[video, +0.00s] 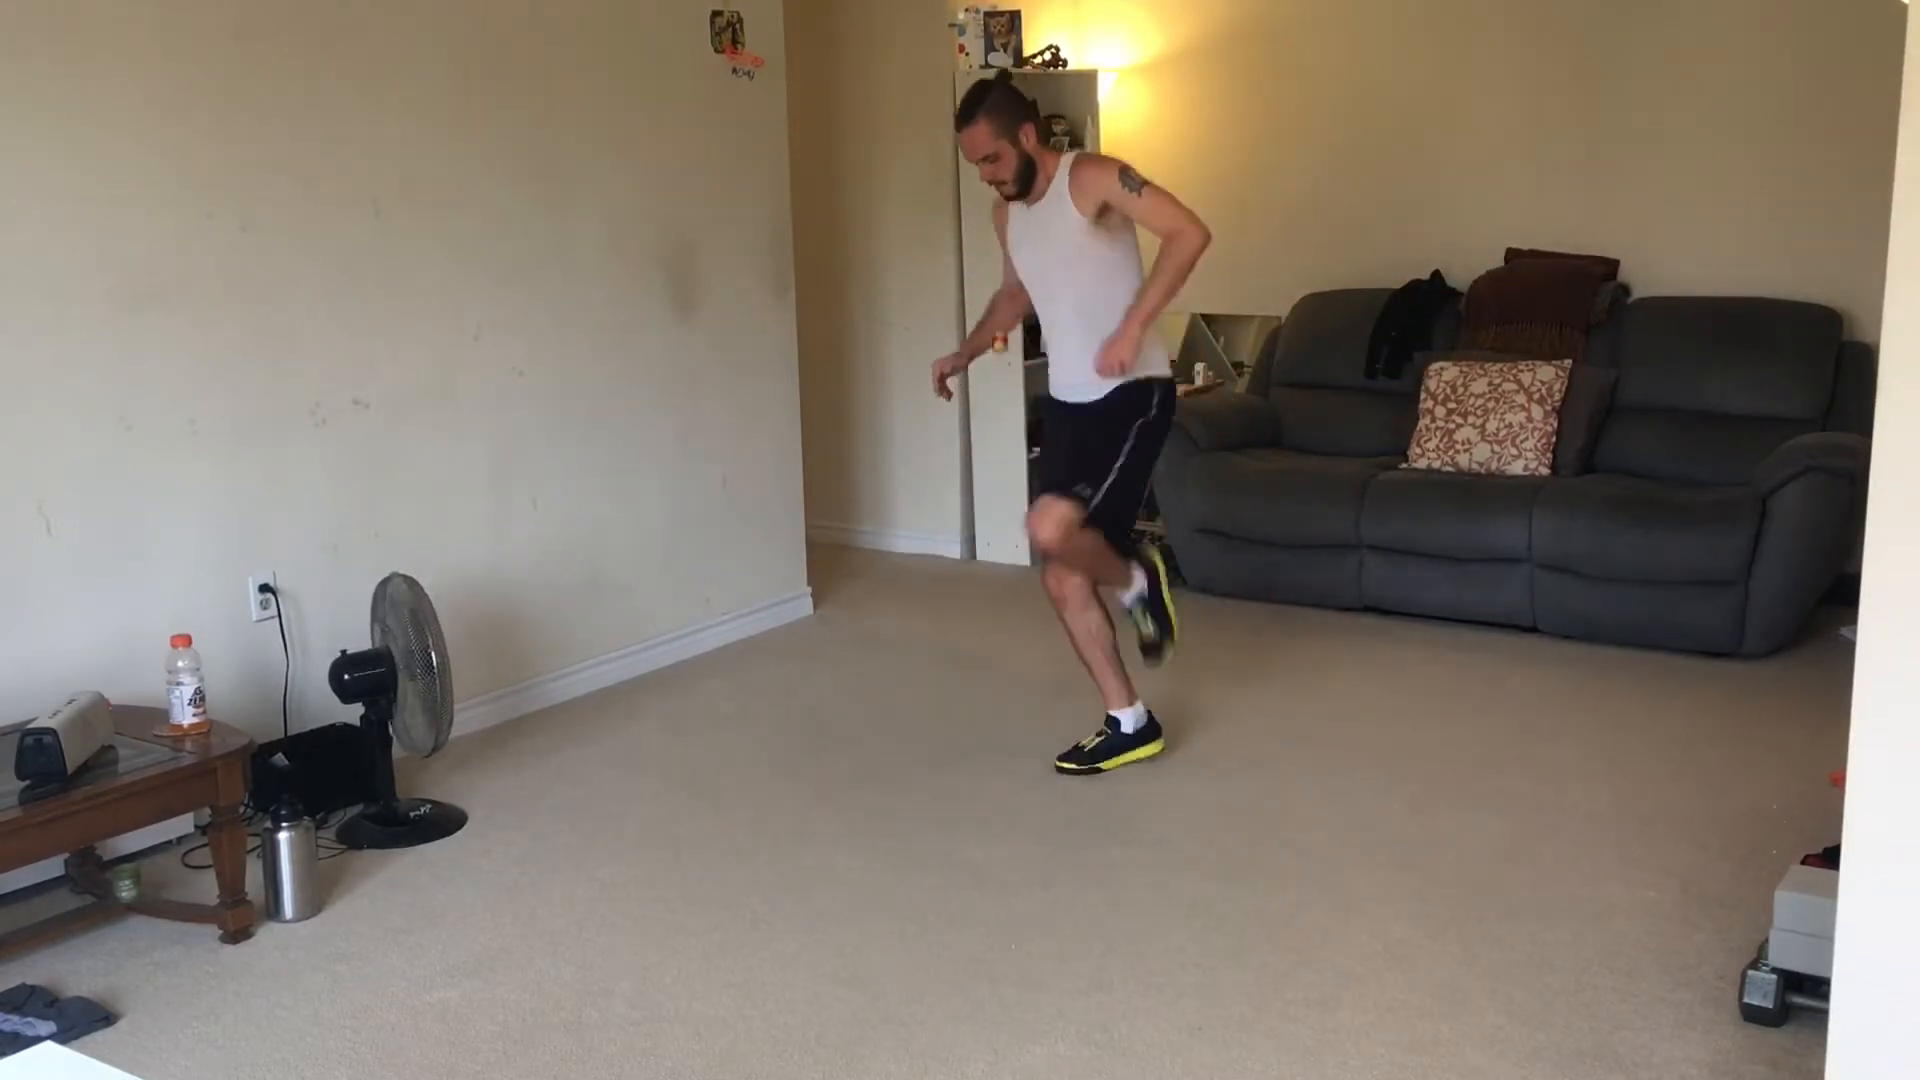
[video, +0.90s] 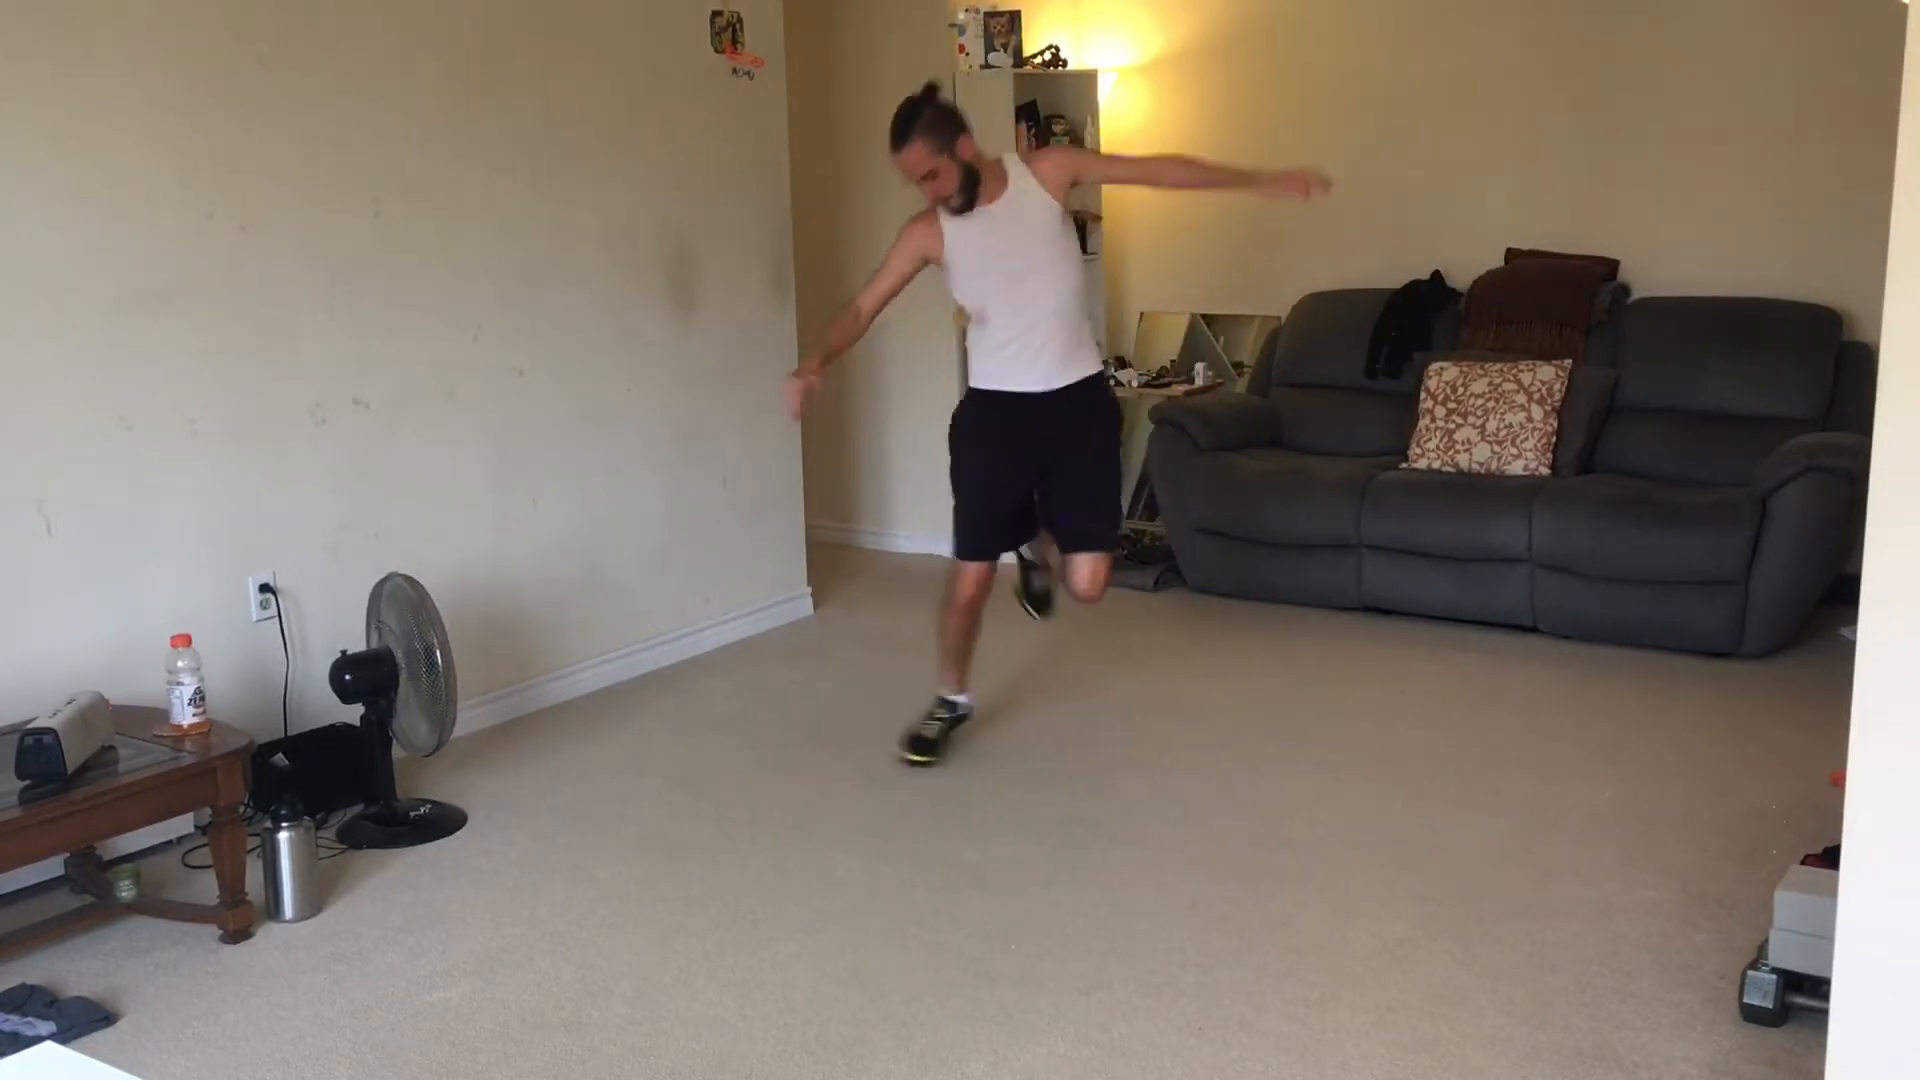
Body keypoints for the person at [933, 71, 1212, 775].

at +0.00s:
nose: (985, 175)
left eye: (991, 158)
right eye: (975, 163)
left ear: (1028, 133)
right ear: (974, 154)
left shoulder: (1093, 178)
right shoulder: (1008, 211)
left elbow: (1188, 233)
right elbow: (1019, 291)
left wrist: (1133, 327)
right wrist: (968, 351)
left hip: (1133, 390)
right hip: (1067, 399)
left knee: (1051, 526)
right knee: (1059, 568)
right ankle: (1129, 720)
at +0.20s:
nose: (960, 213)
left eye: (963, 198)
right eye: (948, 204)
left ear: (996, 166)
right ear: (949, 192)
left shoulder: (1082, 183)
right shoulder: (975, 232)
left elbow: (1187, 235)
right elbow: (959, 307)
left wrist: (1117, 315)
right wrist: (926, 389)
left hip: (1152, 385)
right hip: (1066, 400)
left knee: (1154, 512)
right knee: (1046, 564)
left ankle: (1045, 547)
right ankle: (1073, 695)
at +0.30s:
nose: (962, 264)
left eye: (965, 250)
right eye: (952, 256)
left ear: (996, 216)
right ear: (950, 239)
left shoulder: (1086, 221)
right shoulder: (973, 284)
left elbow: (1192, 253)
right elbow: (935, 360)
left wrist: (1149, 334)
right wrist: (901, 444)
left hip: (1140, 438)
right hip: (1056, 452)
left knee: (1168, 577)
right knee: (1069, 604)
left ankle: (1043, 613)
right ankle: (1081, 741)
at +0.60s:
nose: (982, 229)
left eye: (990, 214)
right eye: (972, 218)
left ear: (1027, 185)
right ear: (965, 202)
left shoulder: (1100, 208)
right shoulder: (975, 262)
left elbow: (1211, 227)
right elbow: (920, 343)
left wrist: (1188, 275)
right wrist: (889, 429)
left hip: (1095, 433)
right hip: (1027, 439)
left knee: (1112, 606)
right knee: (1076, 607)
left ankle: (968, 683)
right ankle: (1082, 737)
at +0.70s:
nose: (978, 186)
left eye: (988, 170)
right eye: (968, 173)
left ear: (1027, 148)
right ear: (961, 162)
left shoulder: (1089, 183)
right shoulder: (963, 225)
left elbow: (1205, 184)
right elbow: (915, 311)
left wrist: (1191, 210)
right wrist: (889, 394)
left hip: (1075, 420)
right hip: (1009, 424)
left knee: (1124, 574)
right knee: (1058, 587)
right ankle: (1075, 735)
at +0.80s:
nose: (958, 162)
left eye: (968, 146)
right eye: (948, 150)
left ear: (1007, 123)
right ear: (944, 140)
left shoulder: (1074, 162)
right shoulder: (946, 204)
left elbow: (1182, 156)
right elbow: (896, 282)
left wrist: (1258, 146)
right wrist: (861, 364)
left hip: (1076, 394)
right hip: (998, 405)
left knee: (1110, 559)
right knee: (1027, 571)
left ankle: (1022, 524)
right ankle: (1021, 721)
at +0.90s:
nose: (929, 191)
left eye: (932, 174)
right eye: (916, 182)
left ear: (966, 143)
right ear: (911, 173)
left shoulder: (1050, 171)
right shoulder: (928, 234)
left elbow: (1164, 170)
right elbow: (859, 310)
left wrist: (1262, 181)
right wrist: (811, 365)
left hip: (1080, 402)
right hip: (993, 412)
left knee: (1091, 583)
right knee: (969, 580)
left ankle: (1034, 550)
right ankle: (951, 700)